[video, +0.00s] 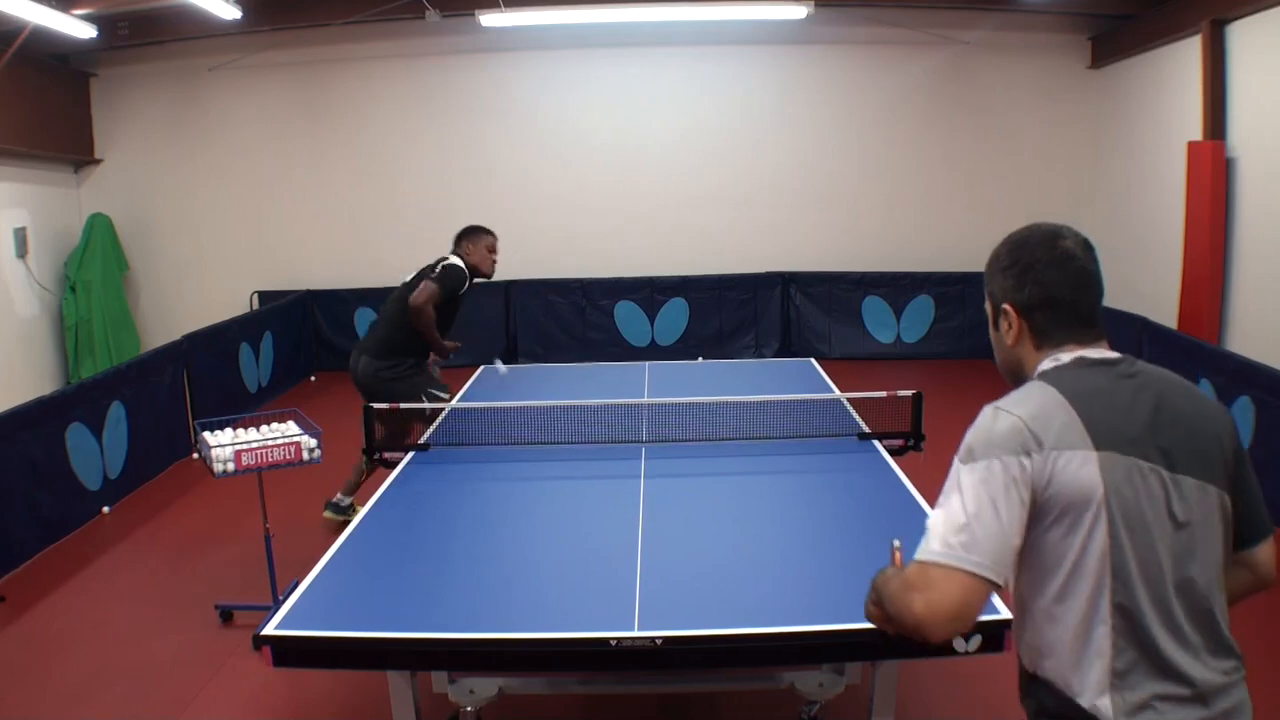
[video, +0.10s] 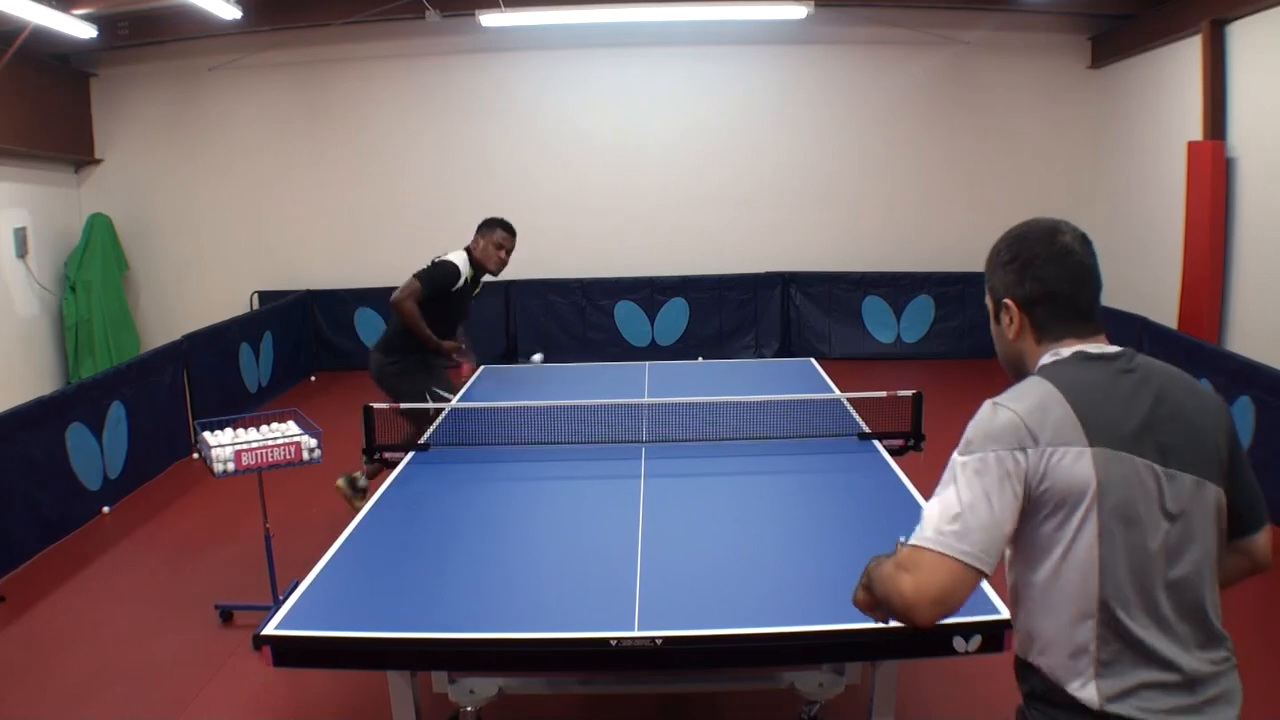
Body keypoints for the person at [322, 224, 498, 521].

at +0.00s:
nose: (495, 258)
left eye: (496, 252)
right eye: (490, 250)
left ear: (464, 249)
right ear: (468, 247)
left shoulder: (440, 266)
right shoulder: (455, 270)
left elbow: (406, 306)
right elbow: (419, 302)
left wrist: (423, 355)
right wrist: (440, 345)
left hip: (371, 362)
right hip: (392, 369)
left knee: (394, 433)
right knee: (454, 422)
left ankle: (342, 499)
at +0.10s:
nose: (505, 257)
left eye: (509, 252)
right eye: (500, 248)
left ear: (511, 253)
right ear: (477, 243)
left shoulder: (473, 276)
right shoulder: (451, 268)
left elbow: (455, 320)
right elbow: (401, 299)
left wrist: (464, 352)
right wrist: (437, 343)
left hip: (421, 361)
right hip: (397, 362)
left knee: (430, 429)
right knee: (451, 422)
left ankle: (362, 478)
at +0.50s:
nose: (529, 238)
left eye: (535, 232)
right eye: (521, 230)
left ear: (540, 233)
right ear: (503, 228)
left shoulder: (537, 262)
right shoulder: (470, 258)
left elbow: (543, 290)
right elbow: (427, 295)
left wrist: (576, 315)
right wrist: (472, 326)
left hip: (504, 339)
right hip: (463, 342)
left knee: (534, 386)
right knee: (476, 402)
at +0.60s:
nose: (544, 237)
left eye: (550, 230)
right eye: (536, 229)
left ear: (556, 232)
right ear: (520, 229)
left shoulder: (558, 264)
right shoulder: (489, 257)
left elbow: (568, 297)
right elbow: (445, 291)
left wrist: (592, 321)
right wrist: (480, 325)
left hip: (532, 349)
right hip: (489, 350)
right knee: (490, 419)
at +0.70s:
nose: (560, 226)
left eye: (566, 220)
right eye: (553, 218)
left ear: (571, 222)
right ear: (536, 216)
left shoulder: (571, 255)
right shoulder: (503, 246)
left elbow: (577, 292)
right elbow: (460, 280)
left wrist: (601, 320)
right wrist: (498, 312)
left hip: (544, 339)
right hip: (500, 339)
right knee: (499, 408)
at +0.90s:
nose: (588, 237)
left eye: (593, 231)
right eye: (582, 228)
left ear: (597, 234)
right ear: (564, 226)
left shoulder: (582, 272)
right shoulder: (529, 254)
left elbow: (581, 314)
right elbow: (496, 296)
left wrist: (619, 345)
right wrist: (542, 317)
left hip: (548, 351)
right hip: (507, 352)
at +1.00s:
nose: (607, 258)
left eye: (613, 254)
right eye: (601, 250)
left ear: (616, 256)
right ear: (583, 247)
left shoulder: (591, 287)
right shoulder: (556, 272)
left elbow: (583, 338)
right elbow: (530, 317)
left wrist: (603, 370)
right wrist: (575, 337)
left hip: (554, 362)